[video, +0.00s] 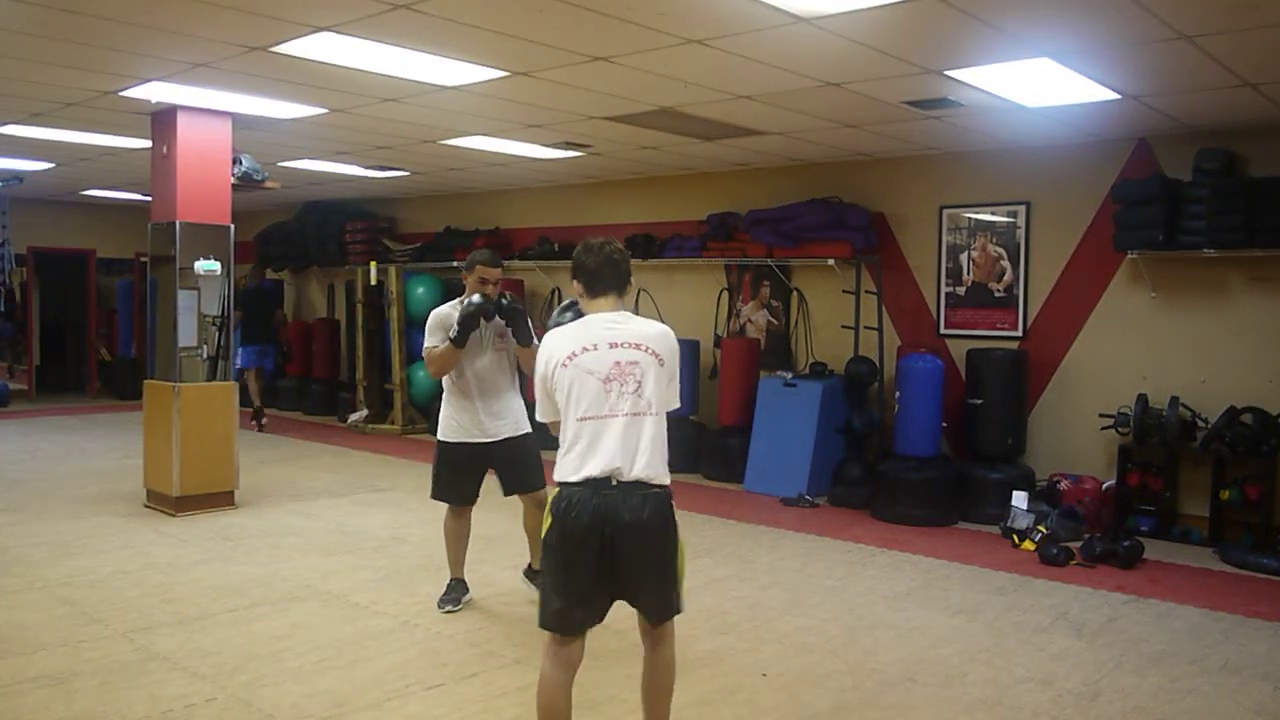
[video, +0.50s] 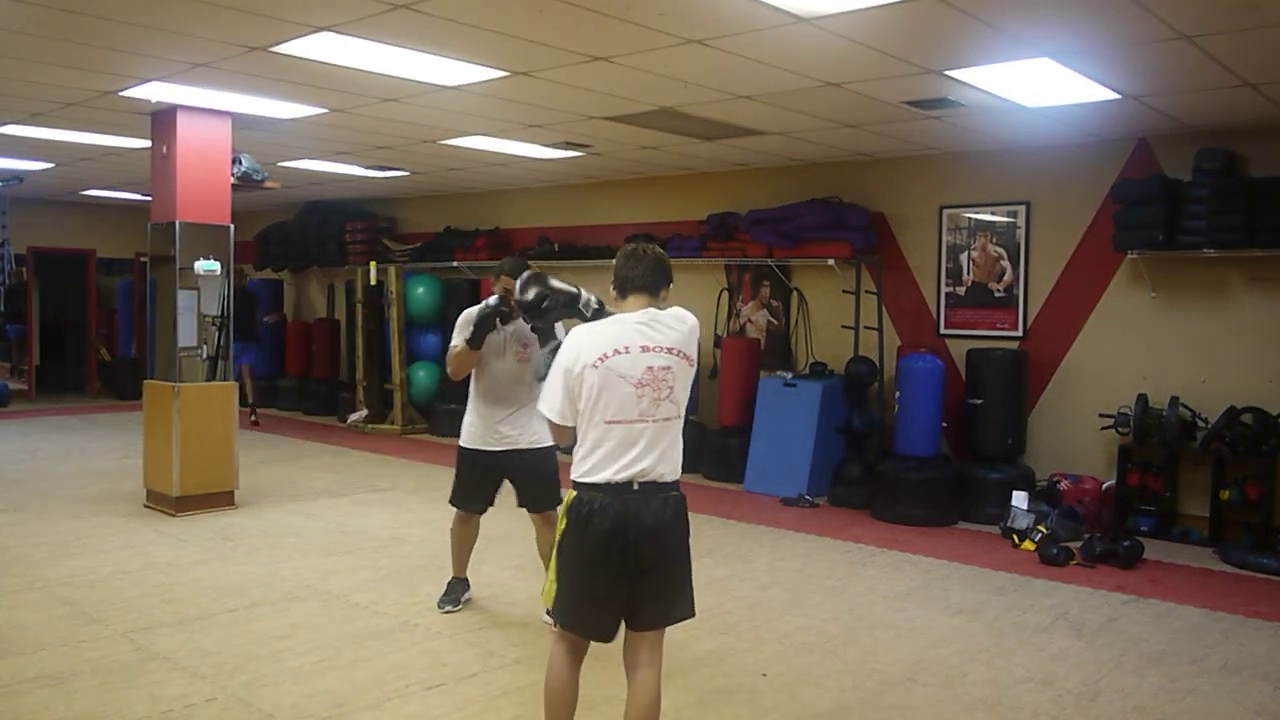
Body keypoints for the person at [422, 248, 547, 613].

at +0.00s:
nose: (489, 290)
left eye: (495, 283)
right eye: (482, 282)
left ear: (501, 283)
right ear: (465, 278)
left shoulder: (511, 314)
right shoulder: (442, 317)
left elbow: (532, 367)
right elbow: (435, 369)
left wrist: (520, 327)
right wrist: (462, 330)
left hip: (511, 426)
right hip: (460, 431)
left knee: (537, 498)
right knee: (459, 508)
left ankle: (537, 567)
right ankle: (456, 581)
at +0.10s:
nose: (489, 290)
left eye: (495, 284)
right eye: (482, 282)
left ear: (502, 283)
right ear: (465, 277)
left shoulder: (510, 313)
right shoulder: (442, 315)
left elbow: (528, 368)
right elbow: (437, 368)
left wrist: (518, 323)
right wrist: (465, 329)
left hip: (511, 424)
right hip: (460, 430)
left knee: (538, 496)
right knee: (458, 507)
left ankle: (537, 568)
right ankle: (456, 581)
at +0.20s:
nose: (493, 292)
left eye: (499, 285)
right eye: (486, 284)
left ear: (504, 284)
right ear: (469, 279)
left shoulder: (511, 316)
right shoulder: (445, 318)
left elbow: (530, 374)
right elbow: (436, 371)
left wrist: (523, 336)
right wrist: (466, 337)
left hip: (511, 430)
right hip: (460, 434)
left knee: (535, 502)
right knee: (458, 510)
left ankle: (546, 578)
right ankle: (456, 581)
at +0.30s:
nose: (499, 296)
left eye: (505, 289)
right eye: (491, 288)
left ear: (512, 287)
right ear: (476, 283)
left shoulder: (518, 319)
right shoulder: (451, 320)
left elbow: (540, 365)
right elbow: (439, 374)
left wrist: (530, 330)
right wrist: (465, 341)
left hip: (513, 435)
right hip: (463, 436)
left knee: (532, 512)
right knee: (460, 511)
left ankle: (550, 585)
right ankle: (456, 581)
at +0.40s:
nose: (505, 302)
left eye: (513, 294)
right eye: (498, 293)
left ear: (523, 290)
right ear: (484, 286)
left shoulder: (530, 320)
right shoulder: (462, 320)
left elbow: (553, 365)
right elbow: (447, 373)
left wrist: (536, 331)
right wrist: (472, 334)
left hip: (521, 436)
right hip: (470, 437)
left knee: (538, 515)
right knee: (464, 514)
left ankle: (556, 589)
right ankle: (457, 582)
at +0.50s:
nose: (509, 297)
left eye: (516, 291)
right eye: (504, 289)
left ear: (530, 290)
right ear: (494, 284)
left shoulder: (543, 318)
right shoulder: (473, 317)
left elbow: (565, 366)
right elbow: (454, 371)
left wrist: (547, 332)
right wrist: (481, 331)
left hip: (533, 438)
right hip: (480, 438)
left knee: (547, 516)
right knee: (466, 512)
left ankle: (557, 597)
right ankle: (458, 581)